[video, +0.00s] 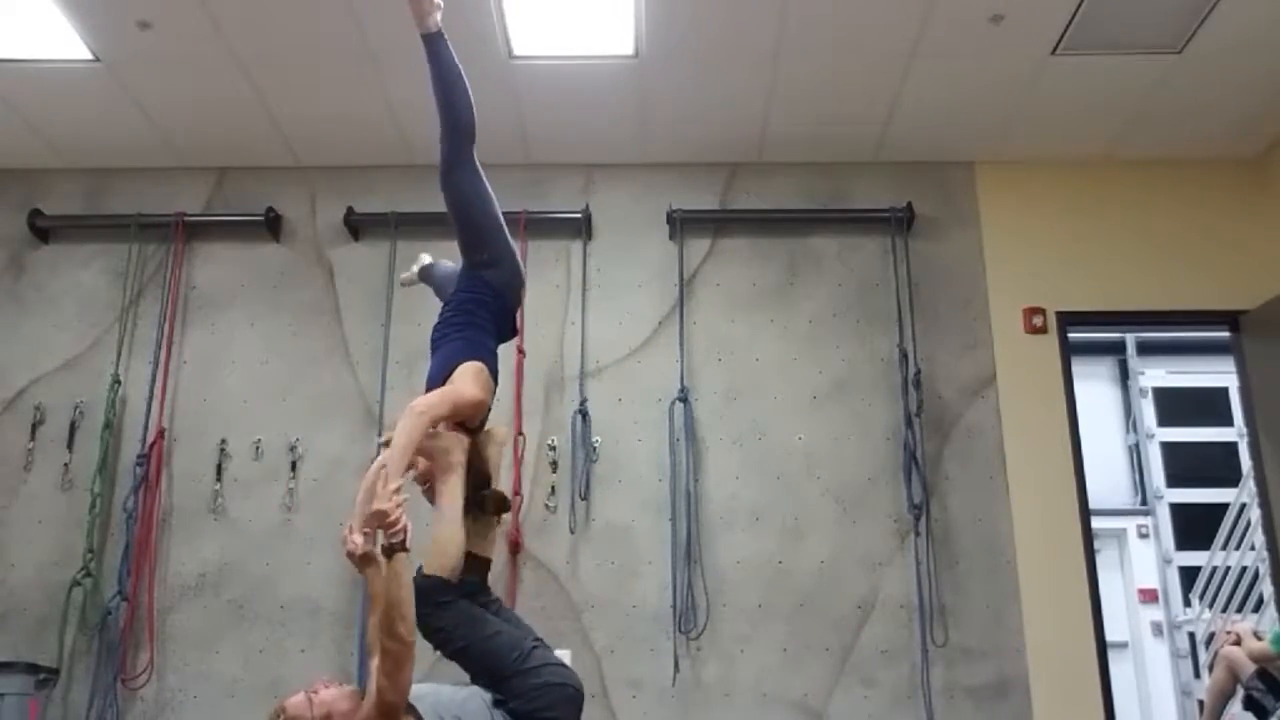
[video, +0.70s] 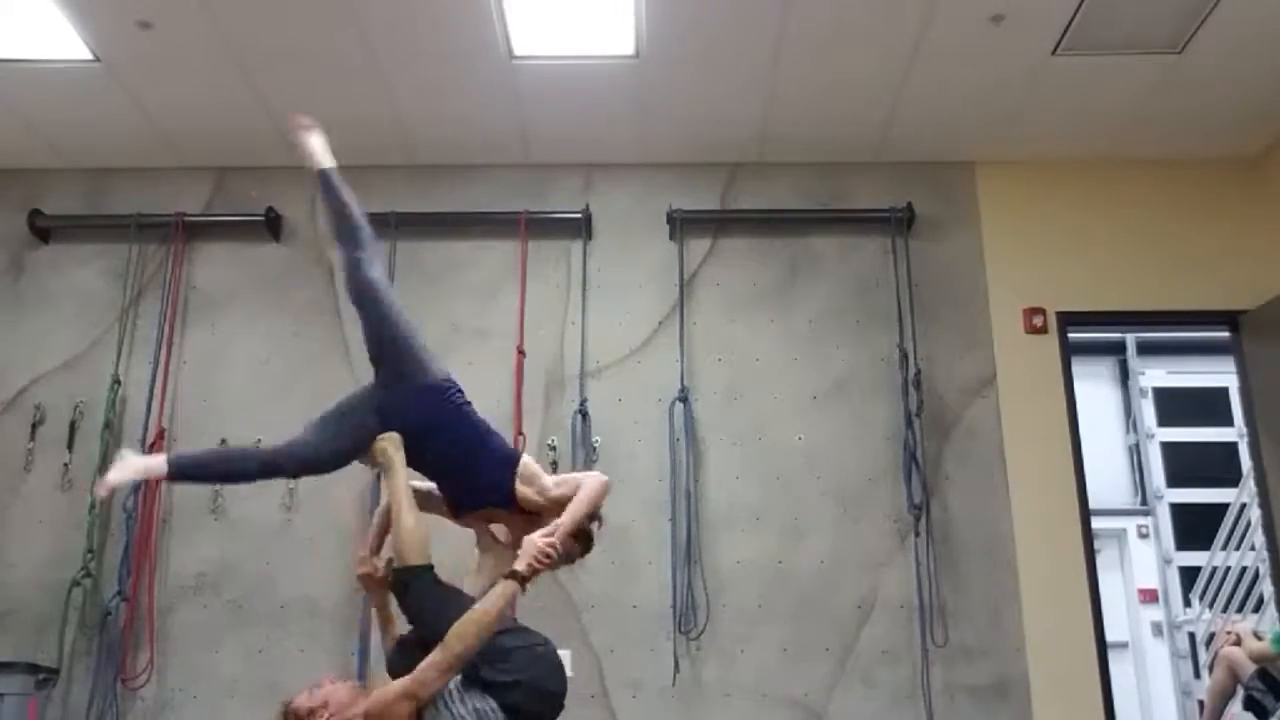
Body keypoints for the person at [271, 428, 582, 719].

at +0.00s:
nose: (320, 687)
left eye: (309, 691)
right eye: (313, 702)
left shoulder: (381, 700)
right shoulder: (381, 711)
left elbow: (381, 643)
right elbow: (401, 640)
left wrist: (372, 569)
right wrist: (397, 549)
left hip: (521, 698)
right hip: (545, 701)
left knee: (467, 590)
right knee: (428, 594)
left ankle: (486, 475)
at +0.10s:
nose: (317, 687)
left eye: (306, 691)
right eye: (312, 702)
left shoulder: (374, 697)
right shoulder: (380, 711)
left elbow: (371, 647)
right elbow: (396, 645)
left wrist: (354, 572)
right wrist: (394, 553)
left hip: (504, 698)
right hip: (538, 702)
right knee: (432, 596)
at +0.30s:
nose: (319, 683)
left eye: (308, 689)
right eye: (313, 701)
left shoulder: (378, 698)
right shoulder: (379, 713)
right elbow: (382, 645)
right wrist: (374, 562)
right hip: (539, 702)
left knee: (432, 604)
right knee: (426, 603)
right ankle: (395, 453)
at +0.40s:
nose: (312, 686)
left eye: (299, 692)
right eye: (307, 700)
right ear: (327, 718)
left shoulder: (371, 690)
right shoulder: (381, 710)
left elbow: (365, 646)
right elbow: (395, 644)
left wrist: (347, 574)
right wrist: (404, 552)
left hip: (536, 681)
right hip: (532, 693)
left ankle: (381, 455)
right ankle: (382, 455)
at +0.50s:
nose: (314, 687)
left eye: (301, 694)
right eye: (309, 704)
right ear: (327, 719)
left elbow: (364, 642)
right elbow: (424, 642)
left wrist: (349, 576)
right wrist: (451, 554)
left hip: (536, 672)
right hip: (524, 690)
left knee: (421, 575)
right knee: (417, 575)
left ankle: (383, 455)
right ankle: (382, 450)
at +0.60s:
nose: (313, 683)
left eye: (300, 690)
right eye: (307, 698)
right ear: (323, 717)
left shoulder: (370, 699)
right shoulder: (387, 706)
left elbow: (375, 656)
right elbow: (449, 651)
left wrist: (361, 587)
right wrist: (497, 569)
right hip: (530, 678)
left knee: (392, 645)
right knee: (425, 576)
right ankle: (389, 451)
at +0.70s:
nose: (327, 683)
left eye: (313, 691)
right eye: (318, 697)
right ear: (328, 715)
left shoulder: (380, 708)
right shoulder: (384, 707)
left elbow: (399, 664)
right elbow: (449, 656)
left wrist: (381, 602)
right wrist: (516, 576)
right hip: (532, 681)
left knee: (407, 652)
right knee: (414, 588)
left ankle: (495, 552)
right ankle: (393, 463)